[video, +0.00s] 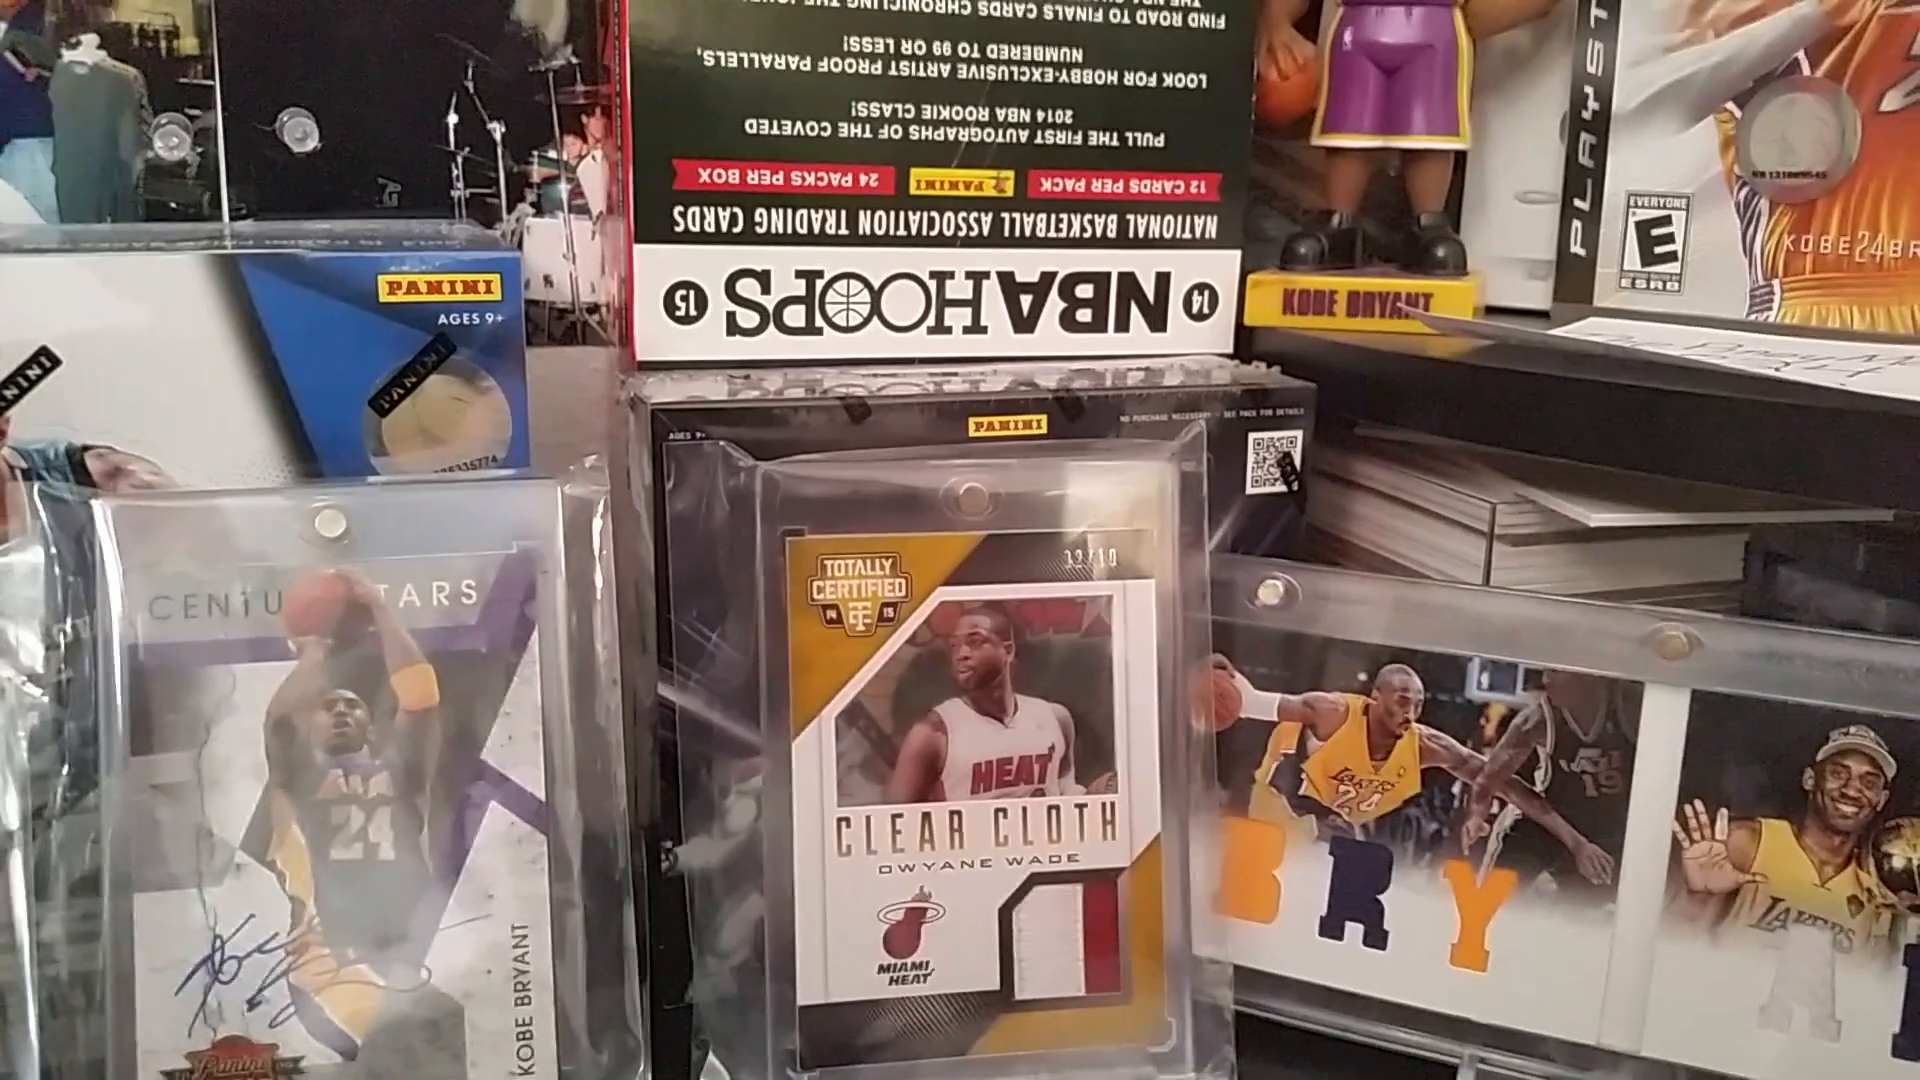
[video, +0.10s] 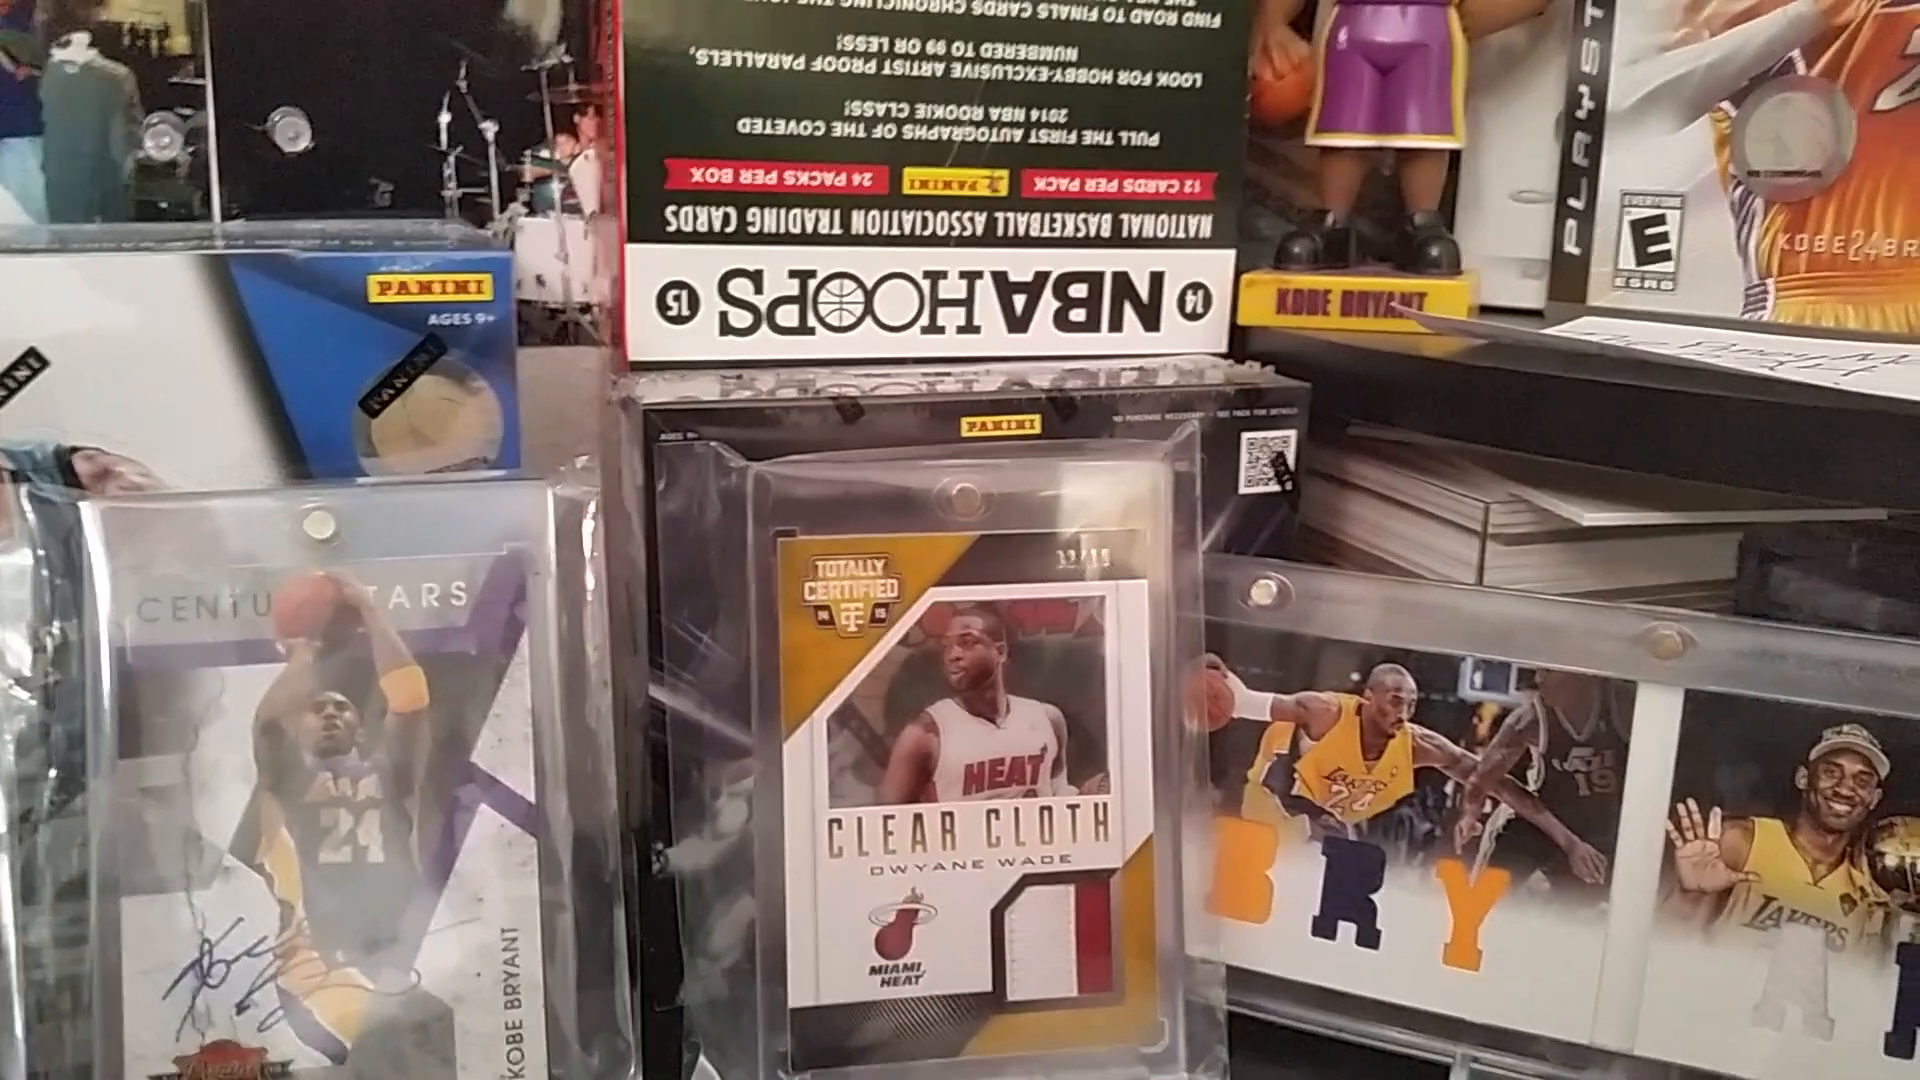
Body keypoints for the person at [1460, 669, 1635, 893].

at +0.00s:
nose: (1545, 680)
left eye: (1556, 671)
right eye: (1545, 670)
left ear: (1591, 674)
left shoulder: (1631, 705)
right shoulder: (1536, 719)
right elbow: (1486, 781)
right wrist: (1476, 817)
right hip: (1546, 818)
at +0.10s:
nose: (1538, 678)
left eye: (1551, 670)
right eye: (1538, 669)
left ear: (1586, 673)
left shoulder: (1625, 703)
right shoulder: (1529, 719)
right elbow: (1480, 779)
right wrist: (1469, 816)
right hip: (1541, 821)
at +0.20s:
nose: (1533, 677)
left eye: (1545, 668)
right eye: (1533, 668)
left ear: (1580, 672)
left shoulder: (1618, 704)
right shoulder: (1523, 718)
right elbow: (1474, 779)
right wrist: (1463, 817)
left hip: (1596, 829)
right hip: (1534, 816)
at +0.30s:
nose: (1531, 678)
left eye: (1544, 669)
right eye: (1531, 669)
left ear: (1577, 672)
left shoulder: (1617, 705)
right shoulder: (1522, 719)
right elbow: (1473, 779)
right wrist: (1463, 817)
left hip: (1594, 832)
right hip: (1531, 817)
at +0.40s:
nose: (1531, 678)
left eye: (1544, 669)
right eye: (1530, 669)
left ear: (1576, 671)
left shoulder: (1618, 705)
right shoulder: (1521, 720)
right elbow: (1472, 780)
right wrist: (1462, 818)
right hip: (1529, 819)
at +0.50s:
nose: (1531, 678)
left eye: (1544, 669)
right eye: (1530, 668)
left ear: (1575, 670)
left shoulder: (1617, 704)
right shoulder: (1521, 719)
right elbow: (1472, 780)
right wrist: (1462, 818)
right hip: (1530, 820)